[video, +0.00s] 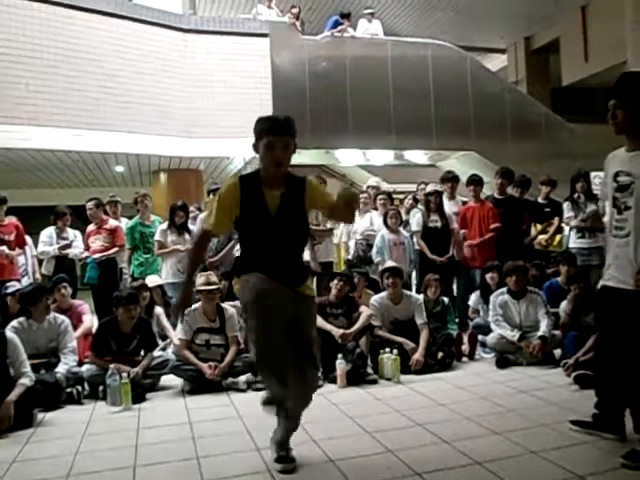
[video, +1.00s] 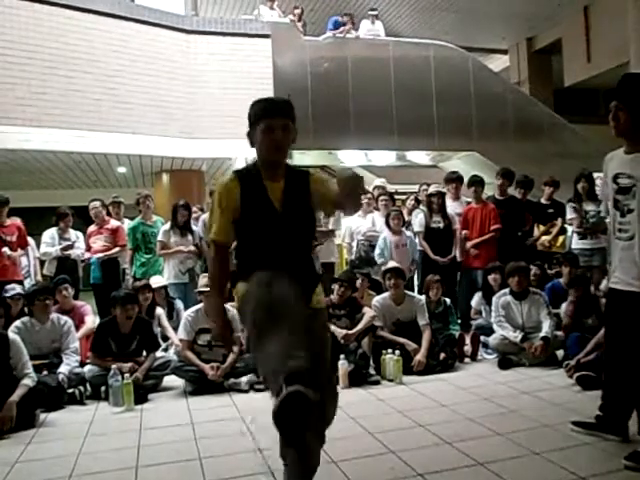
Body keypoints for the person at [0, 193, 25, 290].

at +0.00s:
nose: (1, 209)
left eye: (2, 206)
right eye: (1, 207)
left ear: (5, 206)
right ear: (3, 207)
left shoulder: (14, 225)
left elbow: (21, 246)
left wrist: (13, 253)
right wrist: (5, 252)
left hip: (10, 274)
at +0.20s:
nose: (2, 211)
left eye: (4, 207)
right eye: (1, 208)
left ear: (8, 208)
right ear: (0, 209)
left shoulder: (16, 225)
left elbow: (24, 247)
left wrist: (16, 254)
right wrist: (6, 253)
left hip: (14, 276)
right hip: (2, 275)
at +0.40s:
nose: (2, 212)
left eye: (4, 209)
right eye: (1, 209)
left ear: (8, 208)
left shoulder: (16, 225)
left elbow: (24, 247)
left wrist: (16, 254)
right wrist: (7, 253)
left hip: (13, 276)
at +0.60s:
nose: (2, 210)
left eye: (4, 207)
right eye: (1, 207)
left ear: (8, 208)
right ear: (1, 208)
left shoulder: (16, 225)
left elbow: (24, 247)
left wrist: (16, 254)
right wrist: (6, 253)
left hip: (14, 276)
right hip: (2, 276)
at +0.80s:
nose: (2, 210)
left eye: (4, 207)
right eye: (1, 207)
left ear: (8, 208)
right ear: (0, 209)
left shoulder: (16, 225)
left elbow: (24, 247)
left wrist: (15, 254)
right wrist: (5, 253)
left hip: (13, 276)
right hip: (2, 275)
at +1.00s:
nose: (2, 211)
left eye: (3, 208)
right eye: (1, 208)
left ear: (7, 208)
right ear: (0, 209)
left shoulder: (16, 225)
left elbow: (24, 247)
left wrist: (16, 254)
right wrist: (7, 253)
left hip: (14, 276)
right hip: (2, 276)